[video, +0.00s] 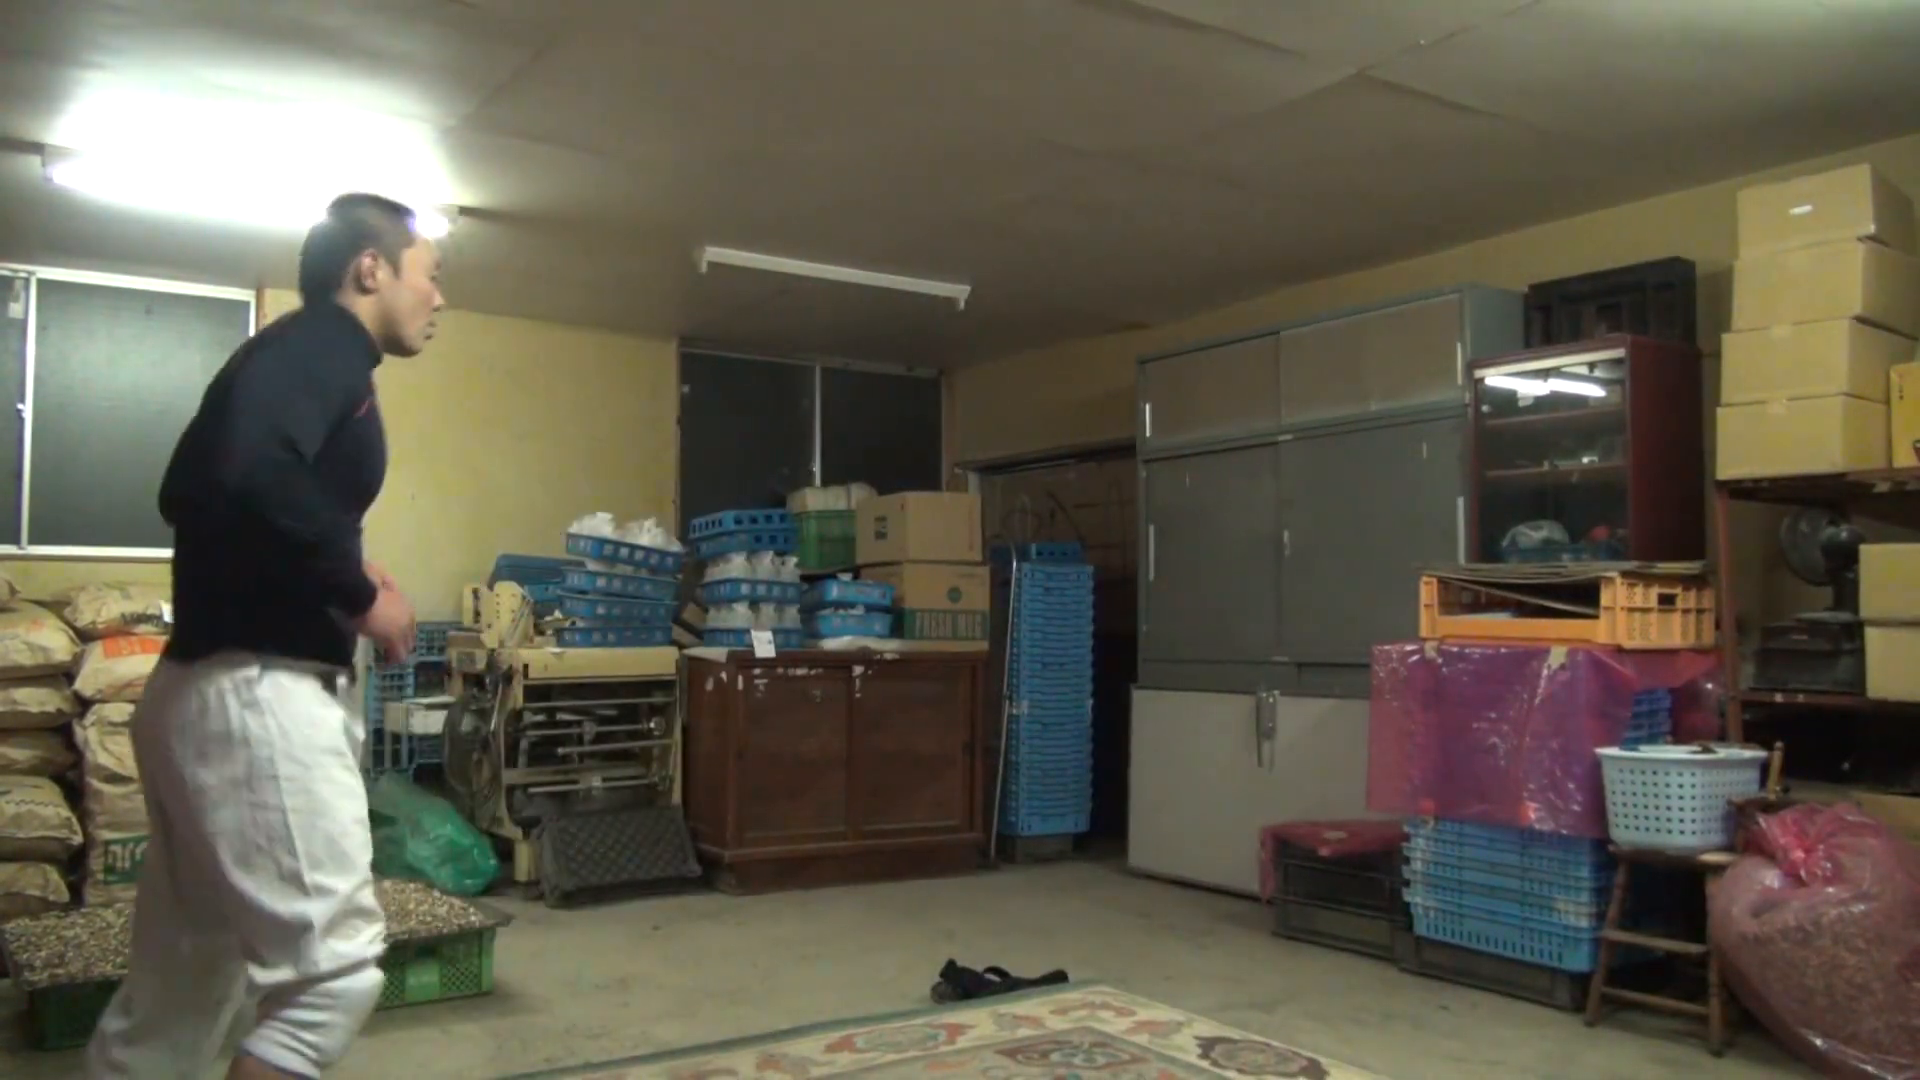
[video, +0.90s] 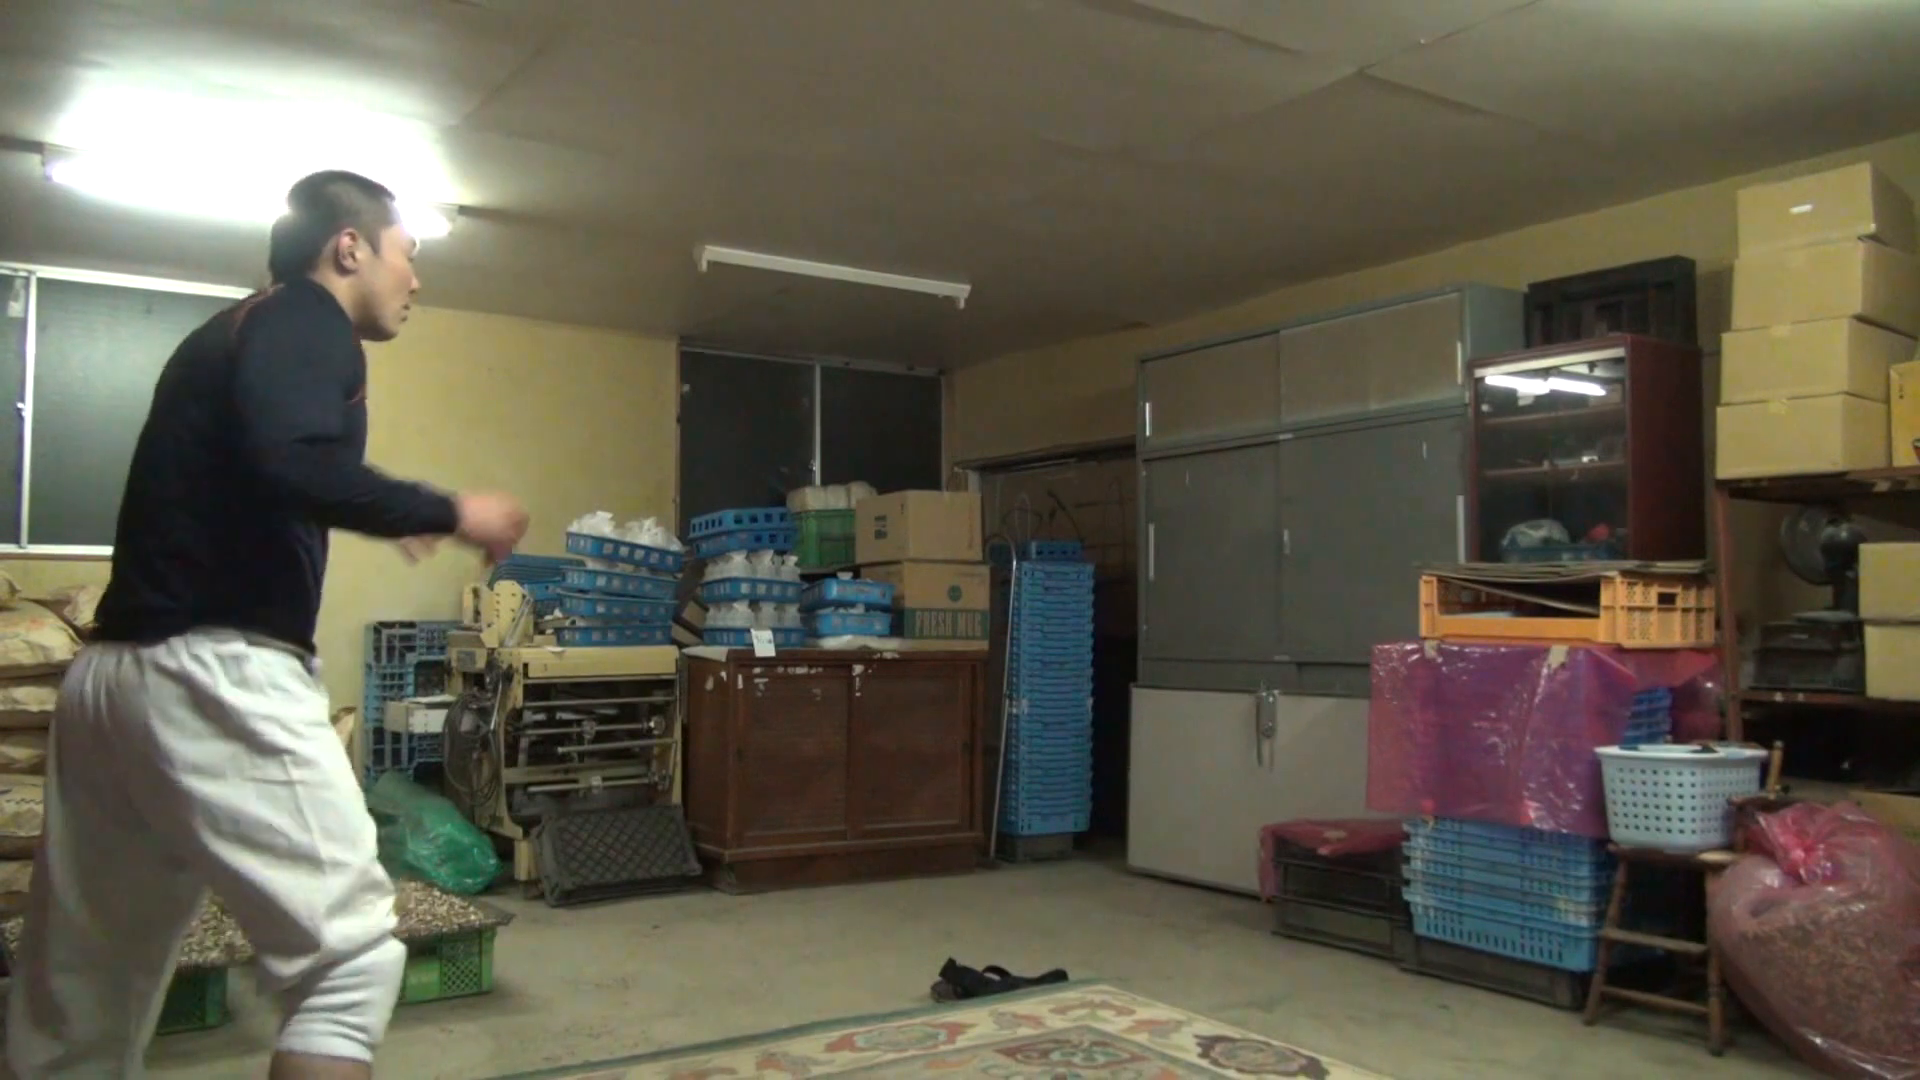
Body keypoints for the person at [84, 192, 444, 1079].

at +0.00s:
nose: (439, 295)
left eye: (437, 273)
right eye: (428, 271)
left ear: (358, 273)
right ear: (370, 270)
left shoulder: (268, 350)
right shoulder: (324, 344)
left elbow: (184, 494)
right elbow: (254, 468)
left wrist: (328, 577)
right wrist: (364, 589)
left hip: (201, 691)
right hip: (260, 698)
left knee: (180, 985)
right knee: (329, 973)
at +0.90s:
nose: (414, 280)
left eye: (413, 257)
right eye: (405, 254)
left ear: (316, 253)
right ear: (347, 248)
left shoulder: (219, 331)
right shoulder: (306, 320)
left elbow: (248, 482)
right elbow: (296, 462)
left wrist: (374, 511)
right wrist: (451, 507)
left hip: (104, 680)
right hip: (221, 681)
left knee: (75, 1007)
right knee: (346, 965)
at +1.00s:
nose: (415, 304)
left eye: (414, 278)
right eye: (406, 276)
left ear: (323, 271)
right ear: (353, 269)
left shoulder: (207, 358)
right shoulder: (325, 346)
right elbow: (405, 467)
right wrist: (550, 460)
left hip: (111, 705)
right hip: (239, 704)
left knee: (84, 1023)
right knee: (347, 1000)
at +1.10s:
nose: (423, 313)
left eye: (425, 292)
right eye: (419, 289)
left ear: (305, 282)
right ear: (371, 277)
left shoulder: (214, 367)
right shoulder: (349, 355)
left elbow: (324, 500)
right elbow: (491, 450)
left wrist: (442, 433)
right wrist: (616, 405)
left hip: (113, 715)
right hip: (248, 711)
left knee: (103, 1018)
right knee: (359, 1001)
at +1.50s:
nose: (425, 332)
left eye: (428, 310)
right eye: (419, 306)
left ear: (343, 305)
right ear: (362, 300)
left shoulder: (225, 377)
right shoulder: (328, 370)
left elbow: (315, 537)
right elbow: (403, 520)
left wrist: (467, 539)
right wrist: (553, 489)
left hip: (72, 707)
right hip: (195, 709)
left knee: (50, 1023)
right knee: (312, 991)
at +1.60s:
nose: (419, 339)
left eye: (421, 316)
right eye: (415, 313)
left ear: (309, 310)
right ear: (366, 308)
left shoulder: (205, 380)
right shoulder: (353, 390)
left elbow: (288, 501)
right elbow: (394, 566)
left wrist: (433, 498)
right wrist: (539, 548)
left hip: (101, 715)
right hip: (236, 716)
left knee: (51, 1018)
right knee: (411, 957)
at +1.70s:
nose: (421, 349)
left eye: (423, 330)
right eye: (421, 328)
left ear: (309, 312)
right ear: (388, 321)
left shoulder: (197, 390)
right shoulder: (398, 409)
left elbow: (208, 540)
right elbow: (489, 553)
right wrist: (585, 494)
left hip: (158, 729)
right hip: (303, 730)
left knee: (84, 1012)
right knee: (457, 968)